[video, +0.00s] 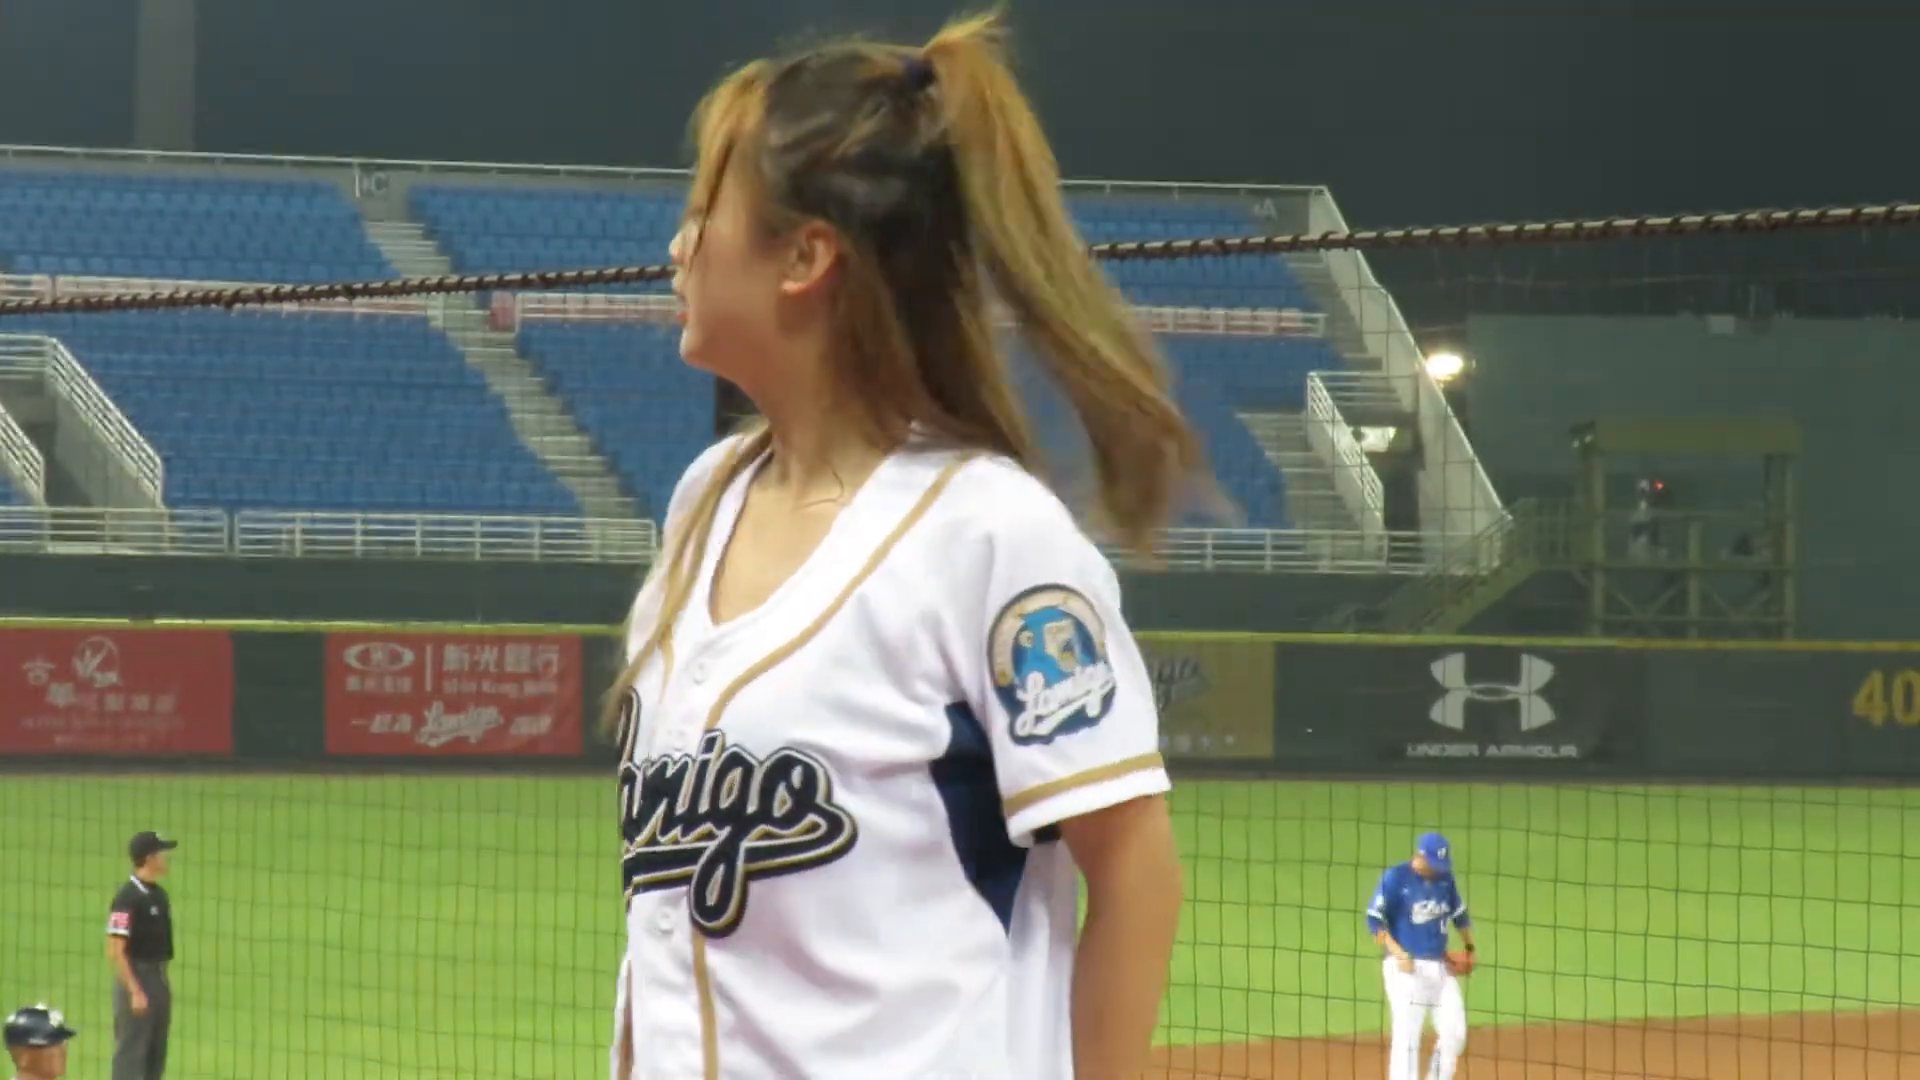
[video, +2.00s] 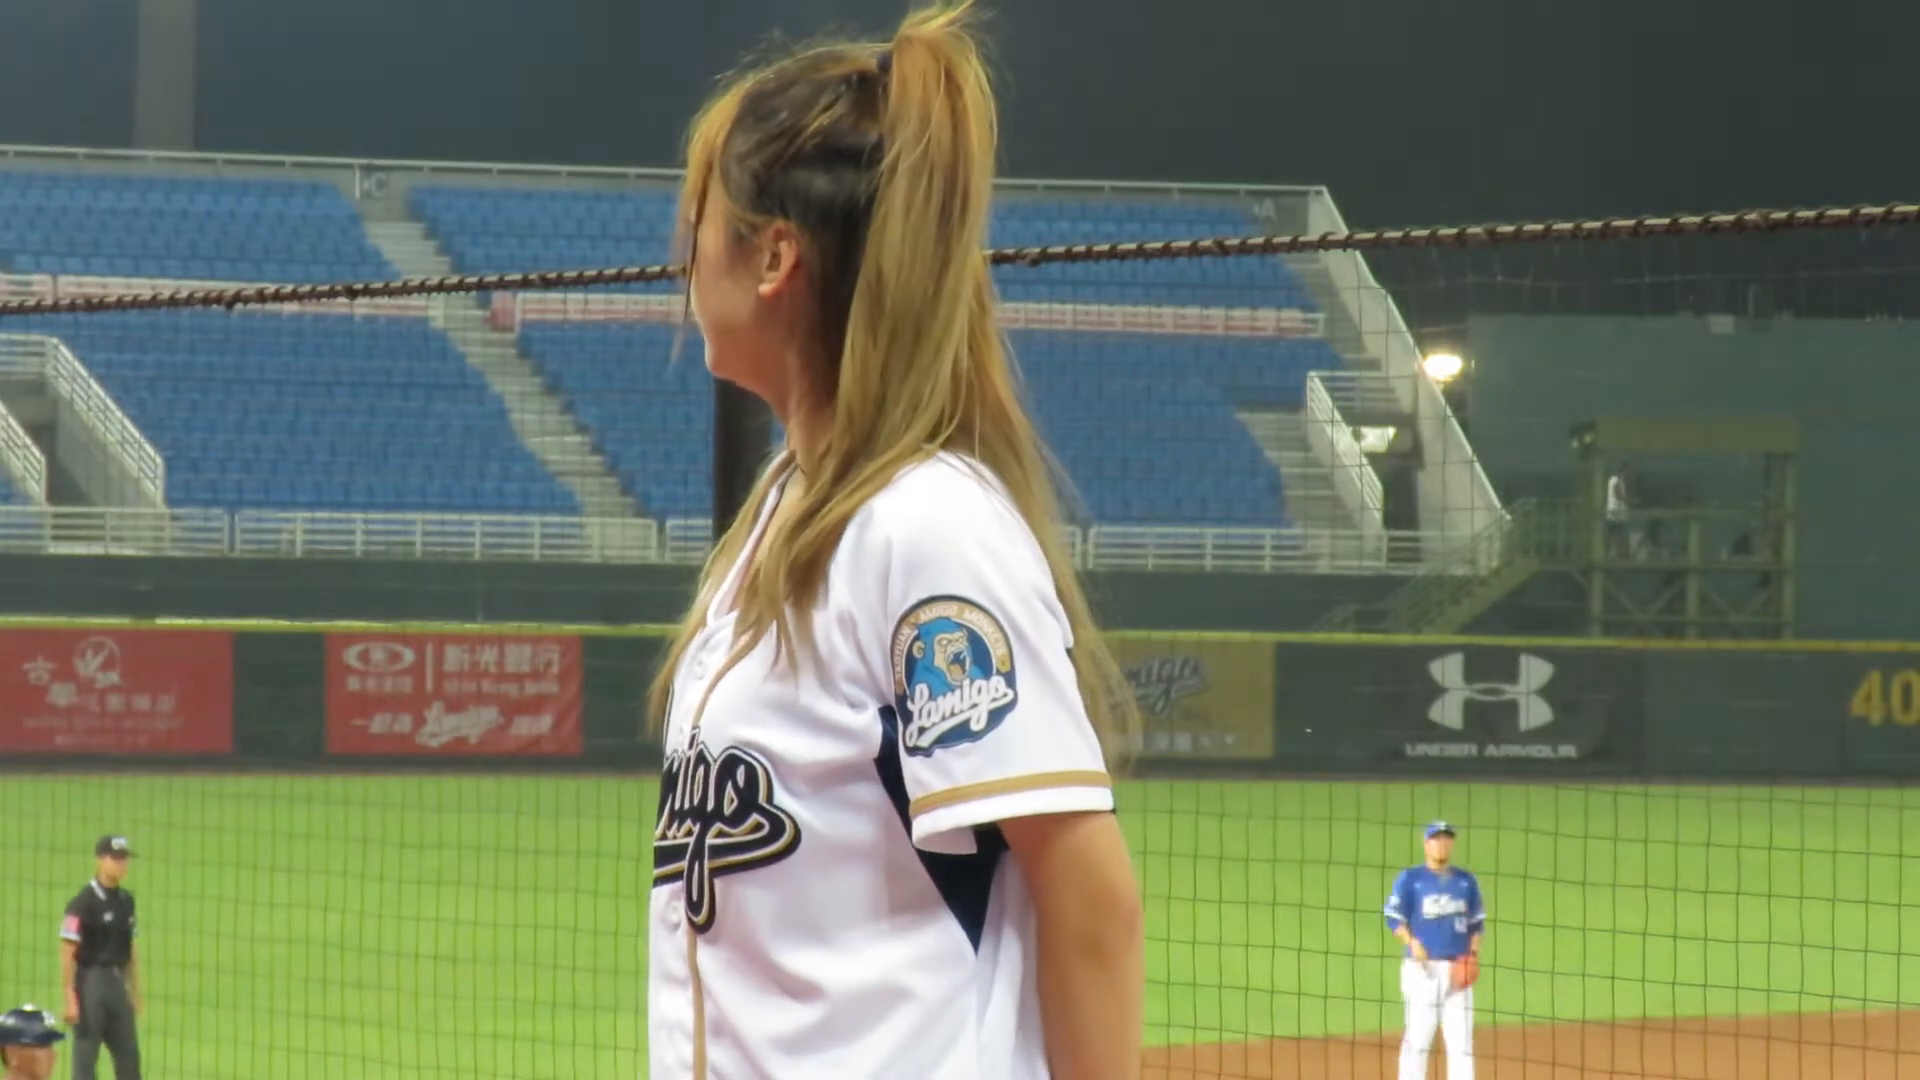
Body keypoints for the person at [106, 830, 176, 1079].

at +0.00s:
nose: (165, 859)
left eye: (163, 854)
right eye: (160, 855)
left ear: (150, 859)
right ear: (147, 859)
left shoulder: (158, 894)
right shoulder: (128, 896)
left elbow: (154, 943)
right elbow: (116, 950)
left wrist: (161, 981)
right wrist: (135, 990)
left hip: (157, 968)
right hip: (136, 969)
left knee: (156, 1045)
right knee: (134, 1047)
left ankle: (152, 1074)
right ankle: (130, 1074)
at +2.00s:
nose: (120, 865)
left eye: (123, 859)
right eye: (114, 859)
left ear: (127, 862)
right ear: (100, 860)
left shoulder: (126, 900)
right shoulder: (82, 903)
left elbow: (128, 949)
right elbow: (68, 952)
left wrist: (133, 991)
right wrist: (69, 996)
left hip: (117, 972)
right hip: (90, 973)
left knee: (128, 1053)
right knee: (86, 1053)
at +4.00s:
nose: (116, 866)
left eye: (117, 860)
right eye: (110, 859)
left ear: (118, 862)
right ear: (94, 861)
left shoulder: (118, 901)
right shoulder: (77, 904)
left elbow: (121, 952)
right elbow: (65, 954)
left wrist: (129, 992)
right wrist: (72, 1000)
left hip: (113, 973)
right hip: (87, 972)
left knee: (125, 1051)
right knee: (84, 1052)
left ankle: (127, 1076)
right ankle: (82, 1074)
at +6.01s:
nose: (147, 861)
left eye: (147, 855)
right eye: (143, 855)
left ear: (131, 857)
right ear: (125, 856)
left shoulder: (128, 893)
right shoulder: (108, 894)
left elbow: (124, 943)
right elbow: (97, 945)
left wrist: (133, 981)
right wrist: (118, 985)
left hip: (127, 968)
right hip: (112, 969)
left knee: (120, 1049)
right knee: (108, 1049)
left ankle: (115, 1073)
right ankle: (100, 1074)